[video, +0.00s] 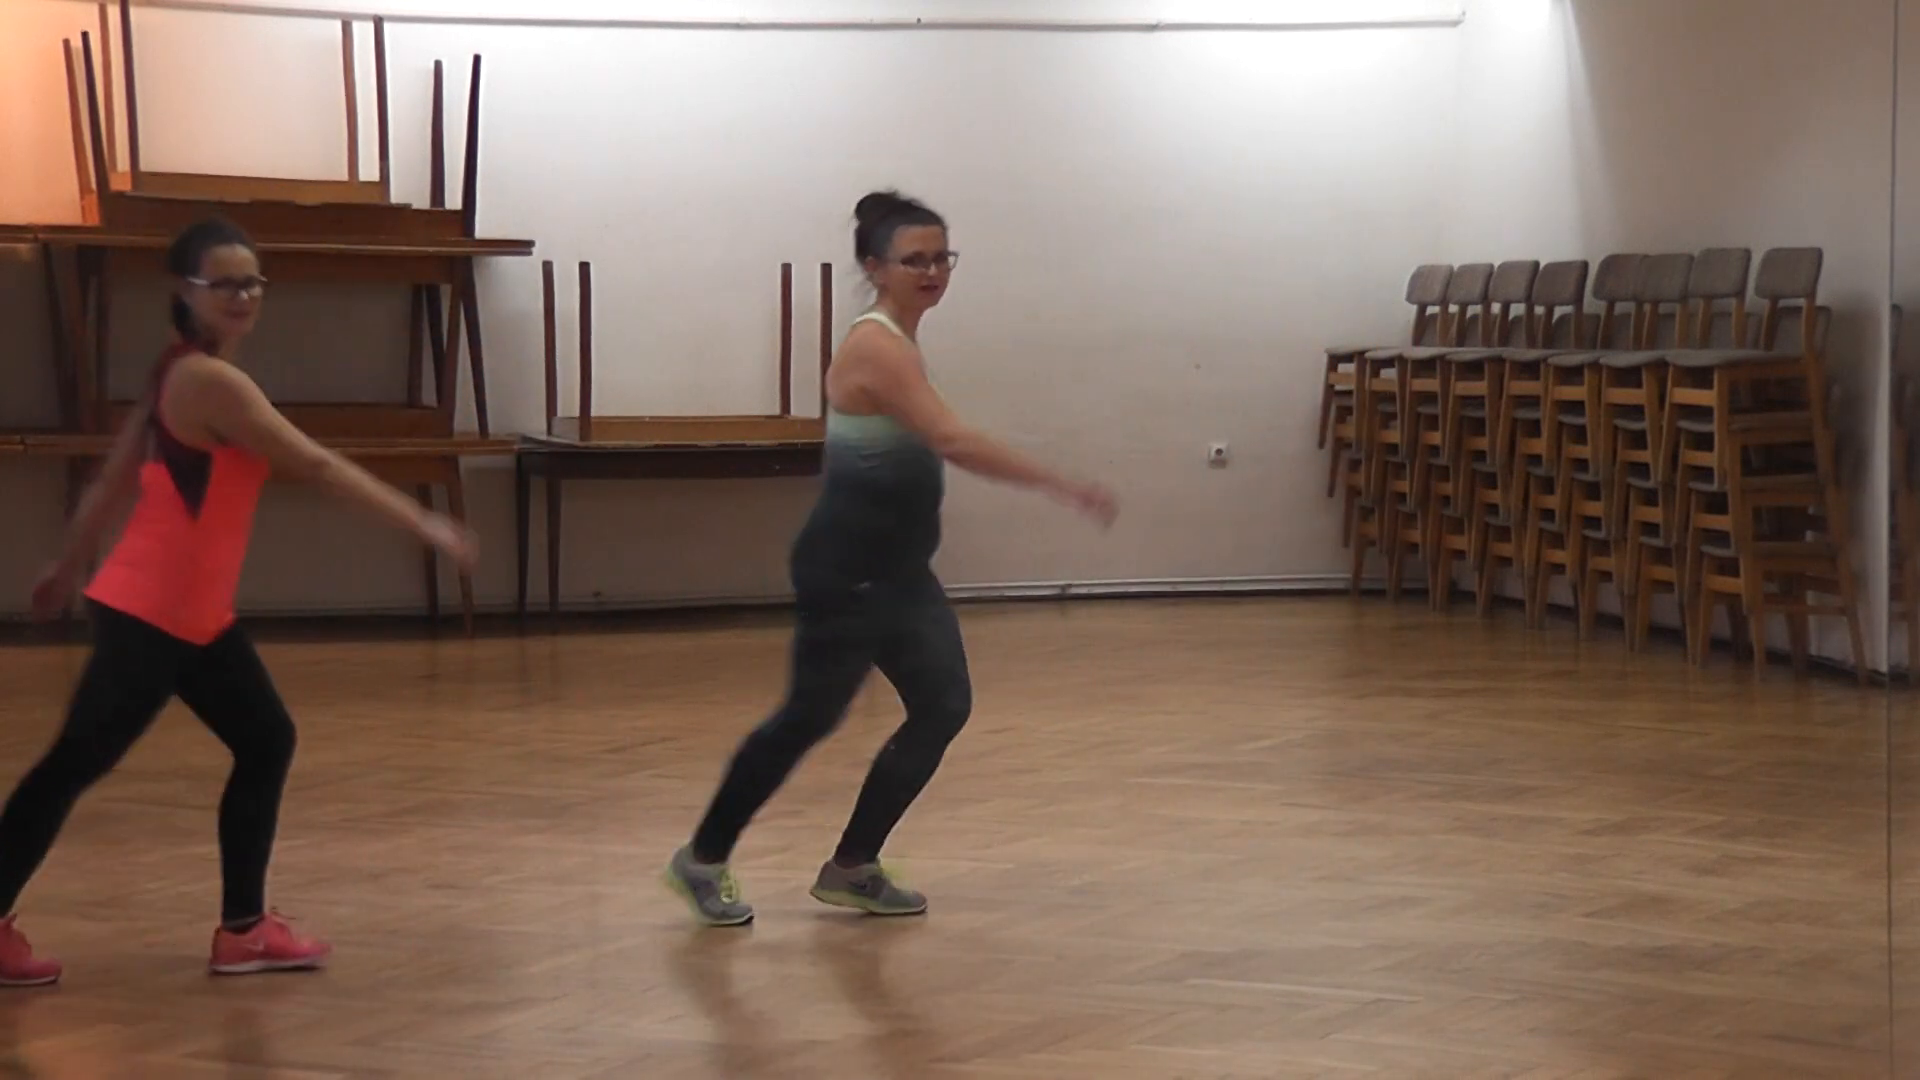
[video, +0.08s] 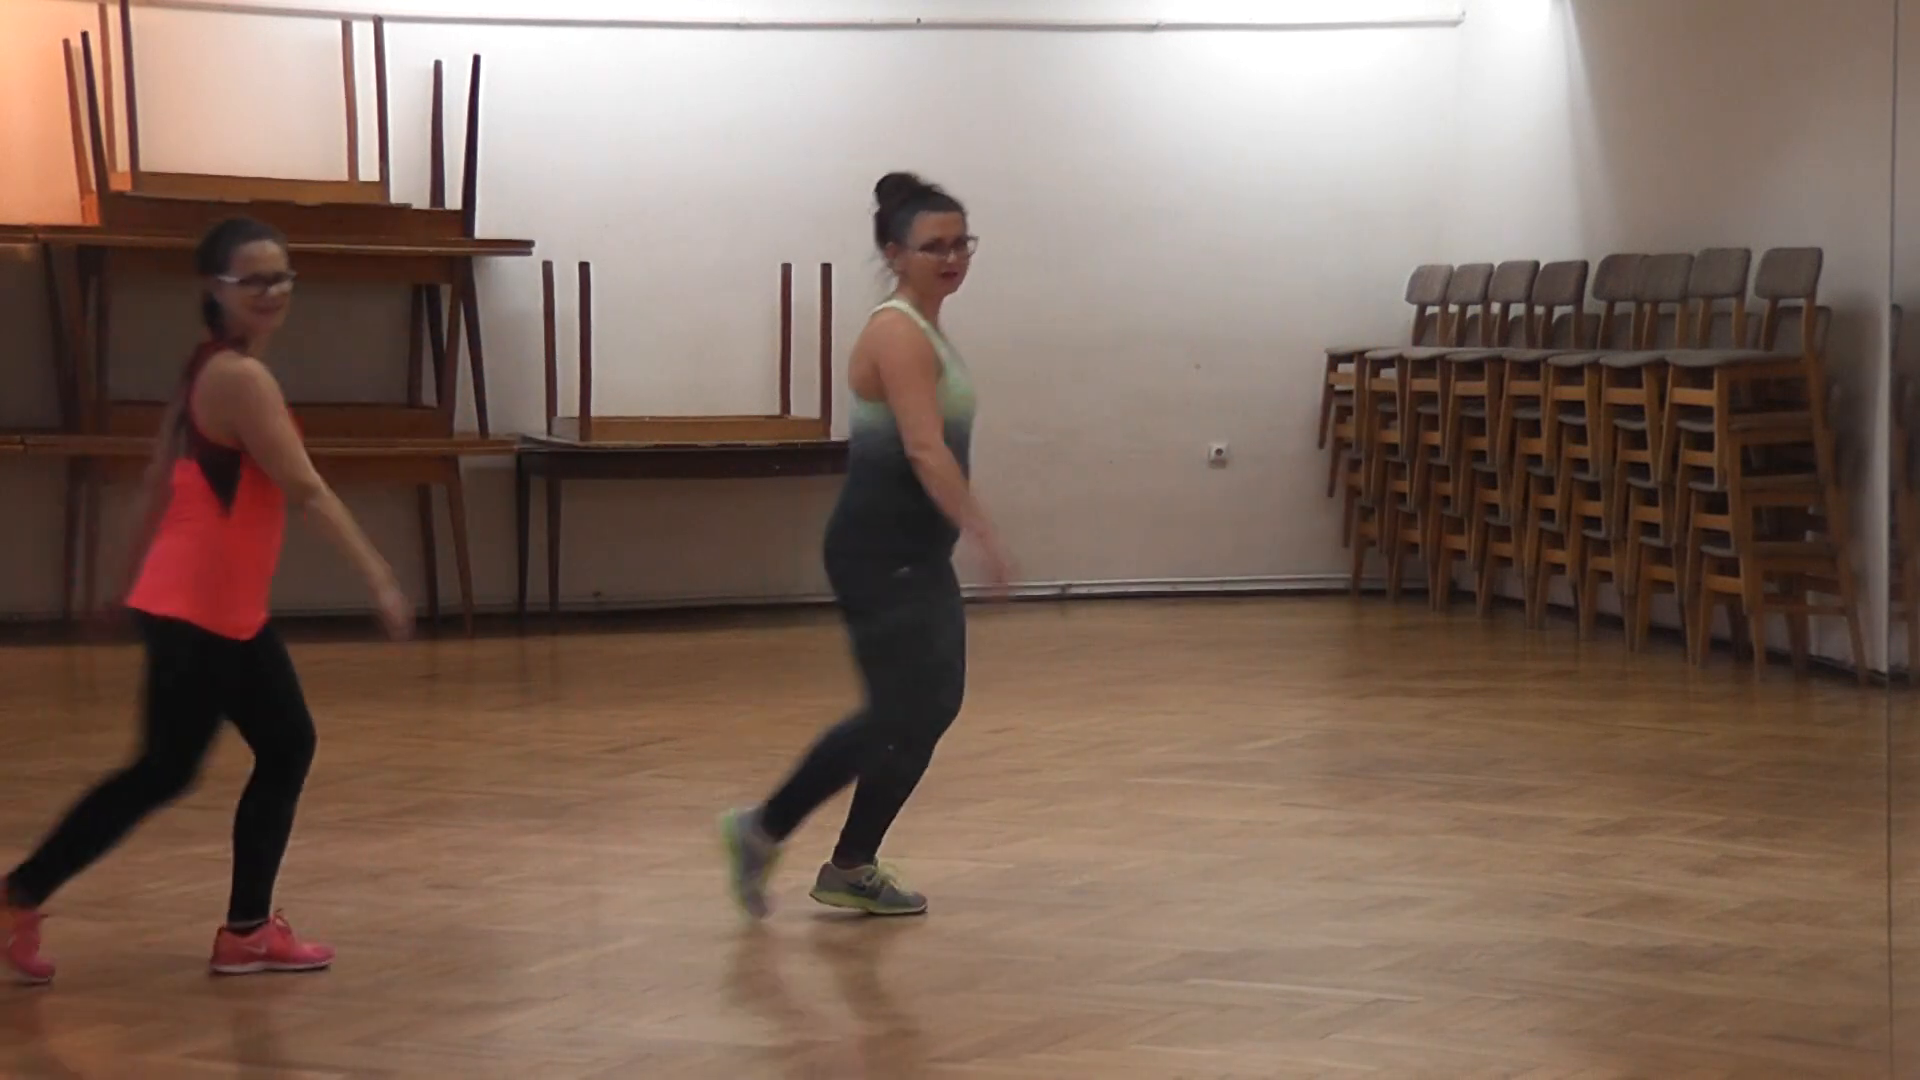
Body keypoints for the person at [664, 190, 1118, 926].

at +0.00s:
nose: (935, 271)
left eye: (942, 257)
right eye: (917, 259)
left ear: (946, 260)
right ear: (876, 266)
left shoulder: (895, 342)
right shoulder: (874, 344)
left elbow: (872, 460)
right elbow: (952, 441)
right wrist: (1062, 485)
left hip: (897, 571)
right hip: (844, 572)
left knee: (943, 706)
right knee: (811, 714)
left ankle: (851, 864)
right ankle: (701, 858)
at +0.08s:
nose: (955, 258)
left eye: (961, 244)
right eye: (937, 246)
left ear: (965, 247)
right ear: (896, 254)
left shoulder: (921, 327)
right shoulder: (895, 331)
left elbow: (908, 448)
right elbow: (923, 449)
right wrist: (981, 532)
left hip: (916, 546)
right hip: (879, 547)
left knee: (935, 702)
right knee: (903, 707)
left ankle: (850, 867)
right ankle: (761, 829)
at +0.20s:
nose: (992, 245)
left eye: (999, 231)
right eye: (974, 233)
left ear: (1006, 233)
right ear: (933, 240)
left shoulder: (968, 314)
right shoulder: (931, 322)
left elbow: (971, 432)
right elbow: (887, 435)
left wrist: (1018, 502)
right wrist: (858, 536)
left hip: (944, 546)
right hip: (932, 550)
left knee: (910, 700)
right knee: (1012, 674)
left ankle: (850, 865)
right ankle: (922, 837)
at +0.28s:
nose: (1018, 252)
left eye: (1025, 238)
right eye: (1000, 239)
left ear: (1031, 240)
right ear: (957, 245)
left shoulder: (1003, 322)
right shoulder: (945, 328)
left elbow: (1018, 433)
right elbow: (874, 421)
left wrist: (1092, 493)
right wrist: (814, 503)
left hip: (974, 546)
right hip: (955, 548)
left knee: (895, 706)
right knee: (1054, 669)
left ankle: (848, 864)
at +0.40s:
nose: (1055, 265)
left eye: (1063, 251)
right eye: (1037, 254)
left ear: (1070, 254)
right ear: (997, 265)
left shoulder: (1065, 343)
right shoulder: (983, 343)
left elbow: (1095, 443)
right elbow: (899, 422)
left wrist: (1185, 505)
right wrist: (812, 488)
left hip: (1036, 564)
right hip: (1005, 566)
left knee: (948, 711)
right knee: (1105, 692)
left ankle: (856, 857)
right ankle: (1138, 875)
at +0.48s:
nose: (1084, 261)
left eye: (1090, 247)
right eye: (1065, 252)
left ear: (1100, 251)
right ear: (1026, 265)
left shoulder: (1100, 340)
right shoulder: (1018, 344)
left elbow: (1127, 449)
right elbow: (943, 436)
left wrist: (1210, 518)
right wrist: (872, 507)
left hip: (1083, 561)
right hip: (1050, 564)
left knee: (1051, 717)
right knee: (1133, 695)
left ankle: (905, 834)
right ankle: (1136, 876)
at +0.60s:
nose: (1131, 256)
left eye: (1137, 242)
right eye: (1111, 247)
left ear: (1150, 247)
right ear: (1074, 262)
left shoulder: (1160, 340)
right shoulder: (1066, 342)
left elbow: (1175, 451)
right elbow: (1026, 452)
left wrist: (1223, 539)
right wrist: (1019, 550)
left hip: (1154, 557)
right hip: (1091, 561)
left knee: (1199, 703)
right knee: (1161, 707)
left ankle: (1060, 814)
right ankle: (1138, 879)